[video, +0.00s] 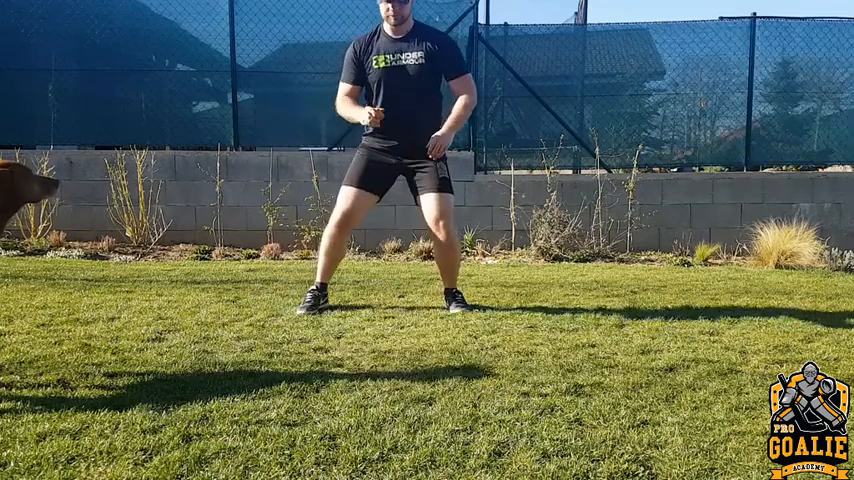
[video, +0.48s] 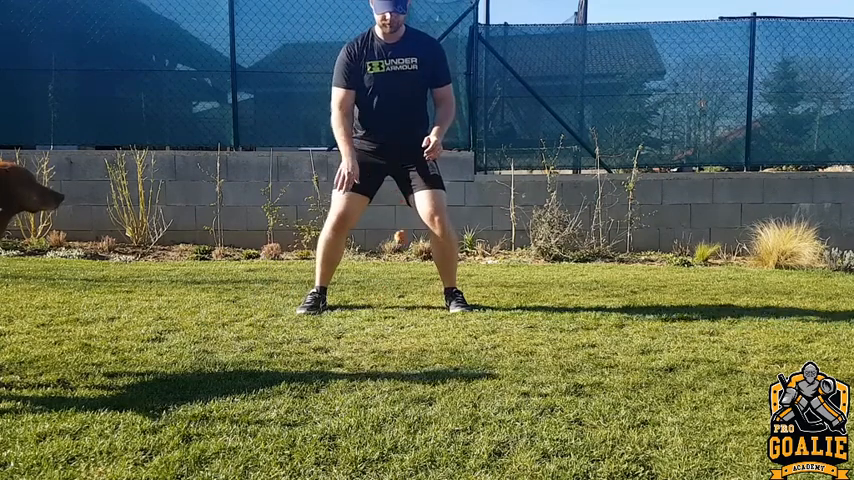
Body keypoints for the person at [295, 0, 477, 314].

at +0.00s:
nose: (393, 8)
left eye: (400, 2)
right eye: (387, 2)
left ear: (411, 4)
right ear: (379, 5)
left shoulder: (438, 42)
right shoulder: (361, 47)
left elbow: (467, 94)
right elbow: (343, 101)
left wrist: (447, 131)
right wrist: (362, 113)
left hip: (425, 148)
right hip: (377, 147)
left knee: (441, 226)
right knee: (342, 216)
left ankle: (452, 293)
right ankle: (318, 290)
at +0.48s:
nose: (389, 17)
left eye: (396, 11)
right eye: (382, 11)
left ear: (406, 9)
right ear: (372, 10)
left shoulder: (428, 48)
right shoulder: (353, 52)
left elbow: (446, 103)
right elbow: (340, 109)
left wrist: (438, 132)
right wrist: (347, 155)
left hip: (415, 148)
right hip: (367, 149)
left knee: (438, 220)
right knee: (337, 221)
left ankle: (452, 293)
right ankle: (318, 293)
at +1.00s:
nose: (373, 28)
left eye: (379, 21)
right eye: (369, 22)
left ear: (400, 12)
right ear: (364, 16)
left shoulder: (429, 52)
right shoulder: (353, 52)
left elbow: (449, 114)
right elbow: (338, 105)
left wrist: (432, 155)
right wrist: (320, 147)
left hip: (416, 152)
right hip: (367, 151)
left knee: (437, 219)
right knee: (340, 219)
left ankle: (452, 292)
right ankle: (317, 292)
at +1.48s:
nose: (361, 28)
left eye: (367, 21)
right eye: (354, 22)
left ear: (378, 13)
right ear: (345, 17)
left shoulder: (406, 47)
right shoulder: (328, 56)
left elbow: (428, 104)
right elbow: (311, 112)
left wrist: (411, 142)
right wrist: (332, 107)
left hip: (398, 147)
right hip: (351, 149)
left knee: (429, 215)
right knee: (329, 219)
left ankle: (452, 291)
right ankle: (317, 293)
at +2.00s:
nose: (381, 19)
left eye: (388, 12)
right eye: (374, 13)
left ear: (397, 12)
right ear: (364, 13)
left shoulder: (421, 50)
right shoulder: (344, 54)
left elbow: (440, 104)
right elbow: (331, 114)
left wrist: (429, 137)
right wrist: (329, 163)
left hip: (405, 149)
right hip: (356, 149)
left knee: (433, 217)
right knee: (333, 222)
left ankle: (452, 291)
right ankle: (317, 293)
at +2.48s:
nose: (435, 35)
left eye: (439, 29)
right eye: (429, 27)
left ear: (443, 27)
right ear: (407, 19)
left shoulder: (444, 70)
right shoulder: (369, 58)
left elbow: (465, 125)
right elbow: (338, 111)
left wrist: (488, 166)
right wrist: (331, 163)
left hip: (420, 158)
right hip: (372, 156)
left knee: (455, 216)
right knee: (345, 226)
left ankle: (473, 294)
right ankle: (318, 293)